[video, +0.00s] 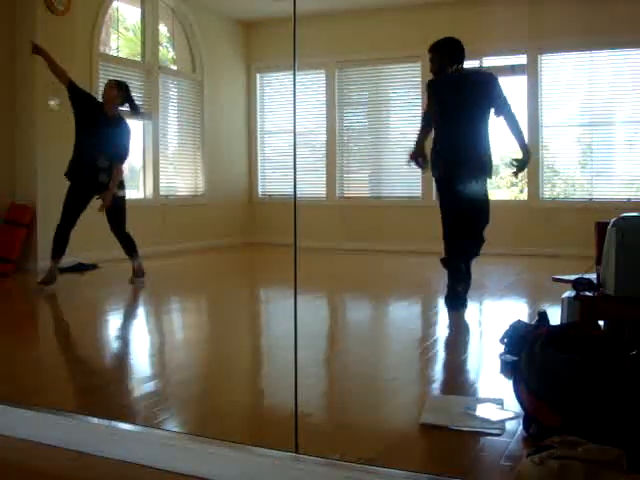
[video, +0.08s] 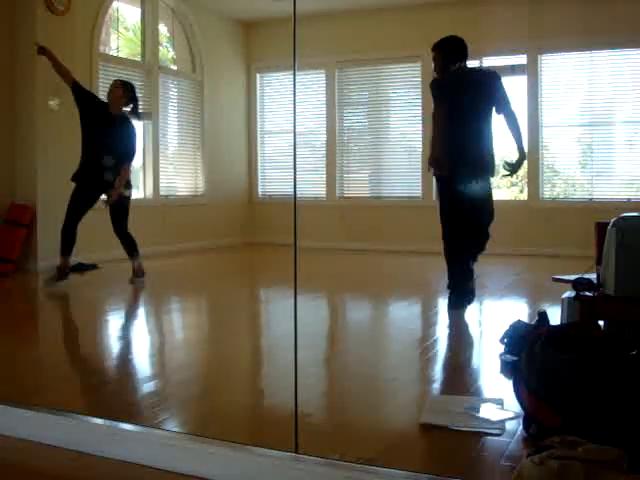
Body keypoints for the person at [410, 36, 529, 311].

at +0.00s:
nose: (430, 65)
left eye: (433, 59)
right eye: (431, 59)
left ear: (444, 59)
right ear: (460, 58)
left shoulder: (436, 86)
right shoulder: (485, 79)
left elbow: (428, 120)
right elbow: (508, 115)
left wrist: (418, 147)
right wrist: (525, 151)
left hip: (446, 165)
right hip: (476, 163)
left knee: (452, 224)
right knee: (478, 221)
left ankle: (457, 288)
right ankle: (459, 266)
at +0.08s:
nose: (434, 63)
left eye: (436, 58)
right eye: (433, 57)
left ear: (447, 57)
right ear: (464, 57)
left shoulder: (440, 85)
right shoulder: (489, 79)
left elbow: (439, 118)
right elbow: (508, 115)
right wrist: (521, 151)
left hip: (448, 168)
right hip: (478, 167)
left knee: (453, 228)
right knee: (481, 223)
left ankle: (459, 289)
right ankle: (465, 266)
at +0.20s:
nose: (444, 58)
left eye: (446, 53)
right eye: (444, 53)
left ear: (456, 52)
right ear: (473, 50)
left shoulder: (450, 76)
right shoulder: (497, 72)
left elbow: (457, 114)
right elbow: (512, 113)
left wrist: (461, 157)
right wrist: (512, 153)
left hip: (457, 159)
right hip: (489, 156)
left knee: (454, 223)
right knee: (487, 212)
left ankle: (455, 291)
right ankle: (490, 275)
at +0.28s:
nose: (455, 67)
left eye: (458, 62)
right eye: (456, 61)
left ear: (469, 61)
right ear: (482, 61)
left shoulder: (466, 85)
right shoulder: (502, 84)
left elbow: (465, 124)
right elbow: (524, 120)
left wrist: (442, 158)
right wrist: (513, 154)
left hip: (472, 162)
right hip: (501, 161)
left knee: (465, 228)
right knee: (499, 216)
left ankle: (459, 288)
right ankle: (516, 269)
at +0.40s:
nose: (472, 79)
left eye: (475, 74)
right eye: (472, 74)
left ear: (485, 74)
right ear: (494, 74)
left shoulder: (486, 99)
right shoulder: (503, 99)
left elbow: (457, 124)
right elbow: (519, 133)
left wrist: (431, 140)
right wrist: (517, 174)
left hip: (496, 179)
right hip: (511, 177)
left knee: (479, 235)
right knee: (510, 228)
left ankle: (470, 286)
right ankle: (530, 277)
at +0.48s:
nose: (483, 76)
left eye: (487, 71)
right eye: (481, 71)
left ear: (499, 73)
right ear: (484, 74)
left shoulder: (501, 98)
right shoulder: (498, 98)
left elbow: (470, 118)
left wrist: (441, 133)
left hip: (513, 172)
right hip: (509, 171)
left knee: (495, 222)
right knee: (510, 225)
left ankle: (490, 278)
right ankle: (530, 278)